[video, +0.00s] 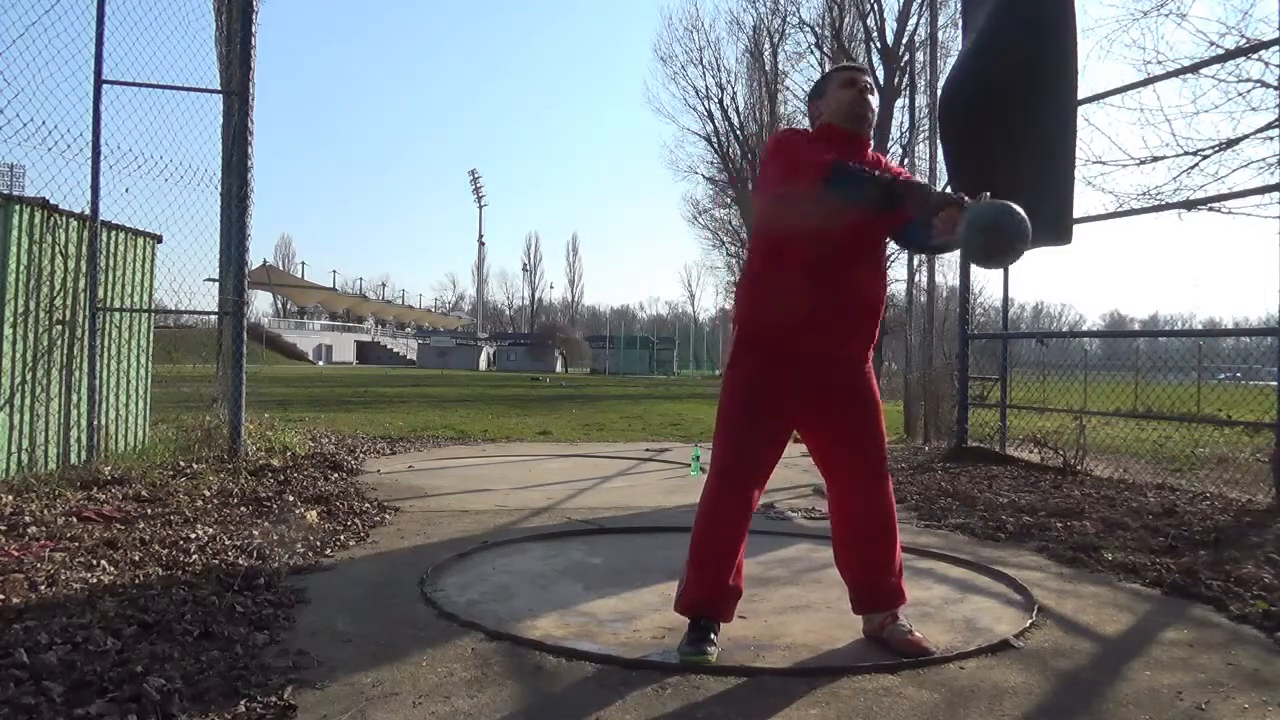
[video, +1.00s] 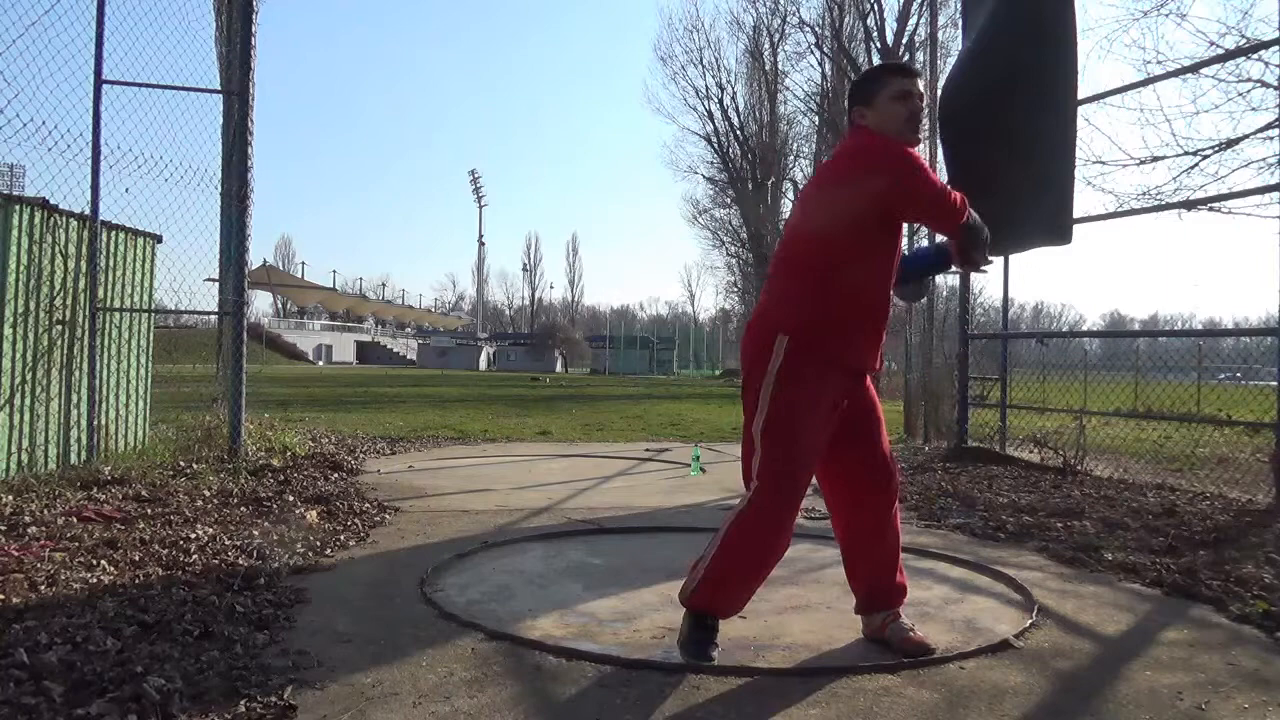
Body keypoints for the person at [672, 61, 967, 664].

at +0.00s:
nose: (865, 92)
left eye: (871, 88)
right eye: (850, 84)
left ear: (876, 110)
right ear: (817, 106)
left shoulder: (886, 172)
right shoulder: (789, 148)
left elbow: (916, 227)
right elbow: (838, 187)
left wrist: (955, 222)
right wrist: (919, 202)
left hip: (844, 357)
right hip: (766, 350)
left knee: (867, 483)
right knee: (733, 482)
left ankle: (882, 617)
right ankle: (703, 620)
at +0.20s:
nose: (904, 109)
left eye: (909, 105)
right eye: (889, 99)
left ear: (909, 128)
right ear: (851, 114)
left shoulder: (914, 202)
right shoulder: (821, 157)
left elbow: (917, 277)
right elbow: (872, 220)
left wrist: (953, 309)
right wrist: (946, 277)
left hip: (851, 361)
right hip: (778, 348)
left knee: (874, 483)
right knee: (741, 479)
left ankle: (882, 617)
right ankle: (703, 619)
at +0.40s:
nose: (941, 120)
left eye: (942, 112)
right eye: (925, 109)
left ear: (933, 131)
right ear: (885, 121)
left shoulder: (917, 209)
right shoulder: (863, 169)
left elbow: (897, 302)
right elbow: (908, 276)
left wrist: (934, 368)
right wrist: (946, 355)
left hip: (853, 361)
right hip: (790, 350)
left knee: (877, 485)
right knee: (756, 481)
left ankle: (882, 618)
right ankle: (699, 612)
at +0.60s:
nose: (964, 121)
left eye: (962, 112)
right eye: (950, 110)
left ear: (906, 124)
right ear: (907, 119)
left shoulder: (868, 172)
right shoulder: (920, 169)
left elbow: (851, 271)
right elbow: (942, 266)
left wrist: (905, 322)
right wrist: (937, 323)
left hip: (857, 350)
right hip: (813, 342)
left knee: (877, 481)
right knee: (781, 490)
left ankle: (882, 616)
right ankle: (700, 604)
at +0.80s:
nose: (952, 113)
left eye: (952, 104)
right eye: (938, 104)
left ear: (900, 121)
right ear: (897, 114)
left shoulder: (872, 163)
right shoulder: (922, 163)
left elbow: (873, 244)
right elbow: (964, 230)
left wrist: (928, 262)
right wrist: (946, 259)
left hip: (854, 352)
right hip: (819, 344)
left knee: (876, 483)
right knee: (789, 491)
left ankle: (882, 617)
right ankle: (700, 599)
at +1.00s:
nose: (918, 107)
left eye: (920, 98)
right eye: (903, 98)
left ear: (917, 110)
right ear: (863, 113)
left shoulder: (856, 170)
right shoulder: (881, 158)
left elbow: (873, 276)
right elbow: (966, 224)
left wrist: (944, 257)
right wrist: (970, 232)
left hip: (842, 360)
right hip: (793, 351)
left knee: (871, 486)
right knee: (774, 496)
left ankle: (881, 618)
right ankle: (703, 606)